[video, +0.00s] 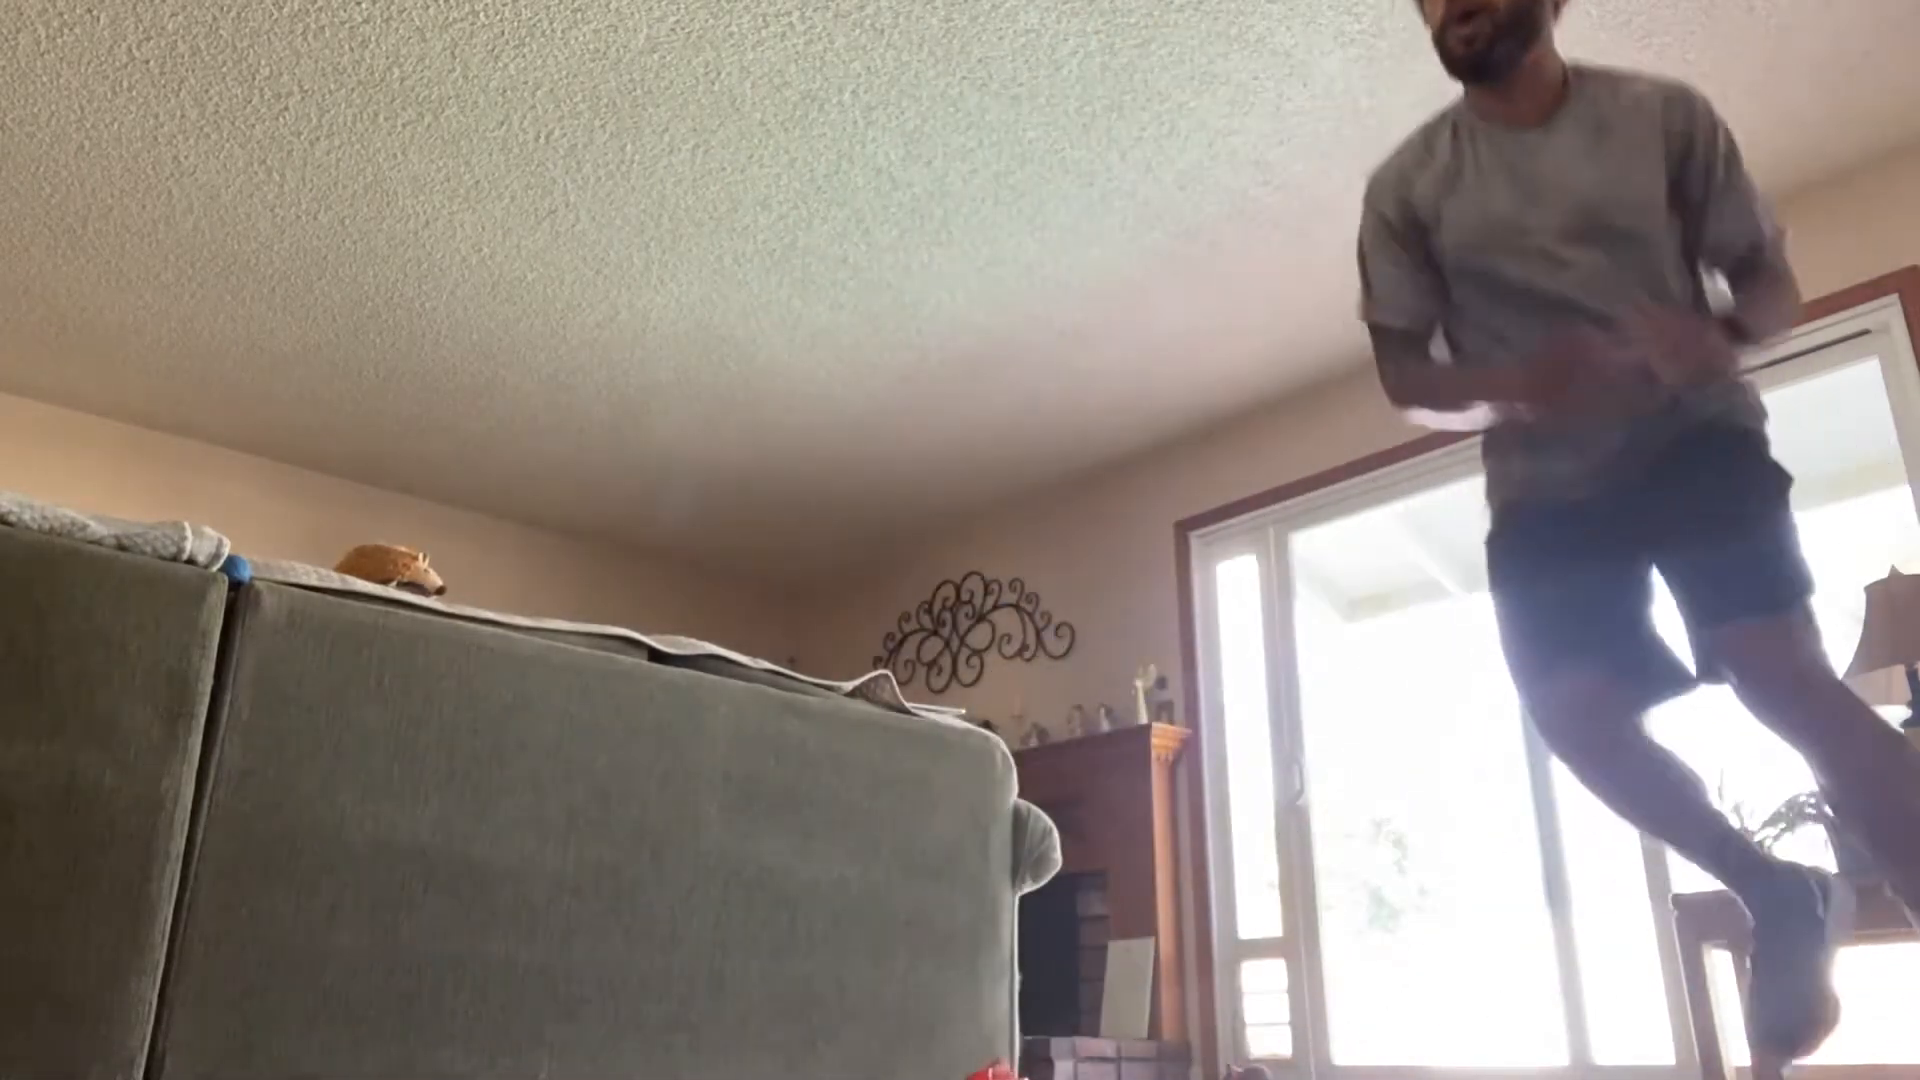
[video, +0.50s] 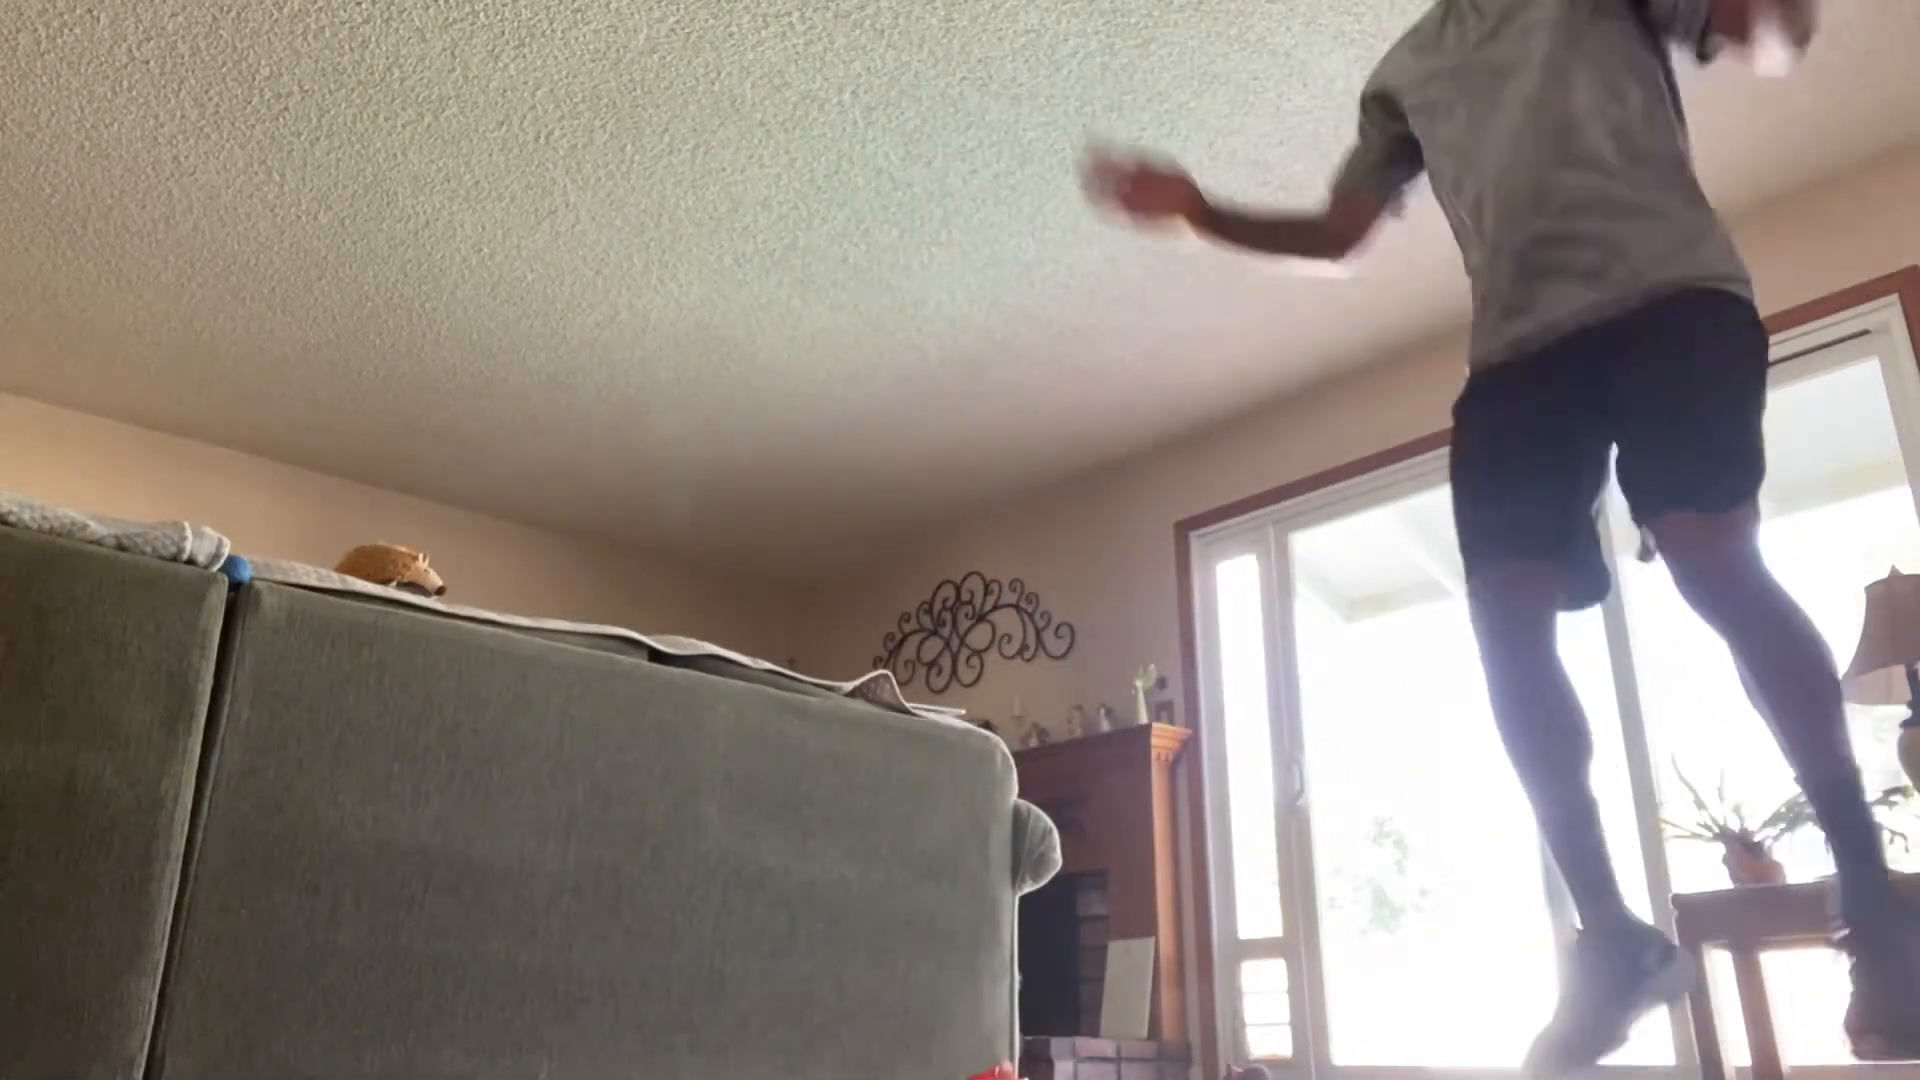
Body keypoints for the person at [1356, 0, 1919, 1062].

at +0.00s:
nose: (1457, 12)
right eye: (1439, 2)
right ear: (1427, 23)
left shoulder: (1665, 118)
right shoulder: (1406, 185)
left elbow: (1774, 293)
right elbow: (1405, 376)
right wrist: (1517, 381)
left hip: (1693, 446)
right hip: (1545, 489)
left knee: (1781, 680)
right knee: (1580, 724)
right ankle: (1774, 890)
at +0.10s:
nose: (1429, 5)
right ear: (1409, 11)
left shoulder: (1636, 61)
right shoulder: (1396, 148)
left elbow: (1748, 234)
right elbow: (1403, 347)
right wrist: (1439, 269)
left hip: (1691, 381)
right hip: (1539, 417)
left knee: (1758, 627)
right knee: (1533, 638)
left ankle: (1911, 903)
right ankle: (1734, 884)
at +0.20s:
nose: (1396, 6)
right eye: (1384, 1)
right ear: (1385, 26)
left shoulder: (1614, 76)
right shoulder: (1391, 173)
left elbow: (1713, 265)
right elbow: (1418, 376)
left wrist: (1532, 219)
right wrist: (1413, 266)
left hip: (1697, 377)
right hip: (1555, 417)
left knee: (1707, 612)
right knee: (1532, 639)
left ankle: (1857, 960)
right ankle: (1660, 966)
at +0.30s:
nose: (1397, 25)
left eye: (1420, 2)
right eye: (1382, 22)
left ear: (1501, 15)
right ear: (1381, 62)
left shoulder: (1616, 120)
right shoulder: (1402, 233)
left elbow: (1694, 303)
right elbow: (1436, 409)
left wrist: (1589, 392)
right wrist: (1470, 420)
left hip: (1697, 436)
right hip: (1558, 479)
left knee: (1658, 676)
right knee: (1529, 706)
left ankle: (1823, 1005)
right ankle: (1675, 1018)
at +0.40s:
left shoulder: (1608, 36)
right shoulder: (1402, 156)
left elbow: (1733, 179)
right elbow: (1413, 325)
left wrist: (1694, 242)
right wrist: (1350, 376)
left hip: (1684, 382)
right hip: (1542, 428)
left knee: (1678, 625)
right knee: (1537, 698)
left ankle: (1824, 979)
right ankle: (1662, 1003)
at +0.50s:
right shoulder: (1407, 68)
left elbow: (1772, 35)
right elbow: (1337, 233)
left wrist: (1770, 14)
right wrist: (1199, 212)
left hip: (1674, 287)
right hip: (1523, 338)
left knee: (1713, 559)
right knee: (1509, 626)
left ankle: (1870, 892)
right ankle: (1611, 935)